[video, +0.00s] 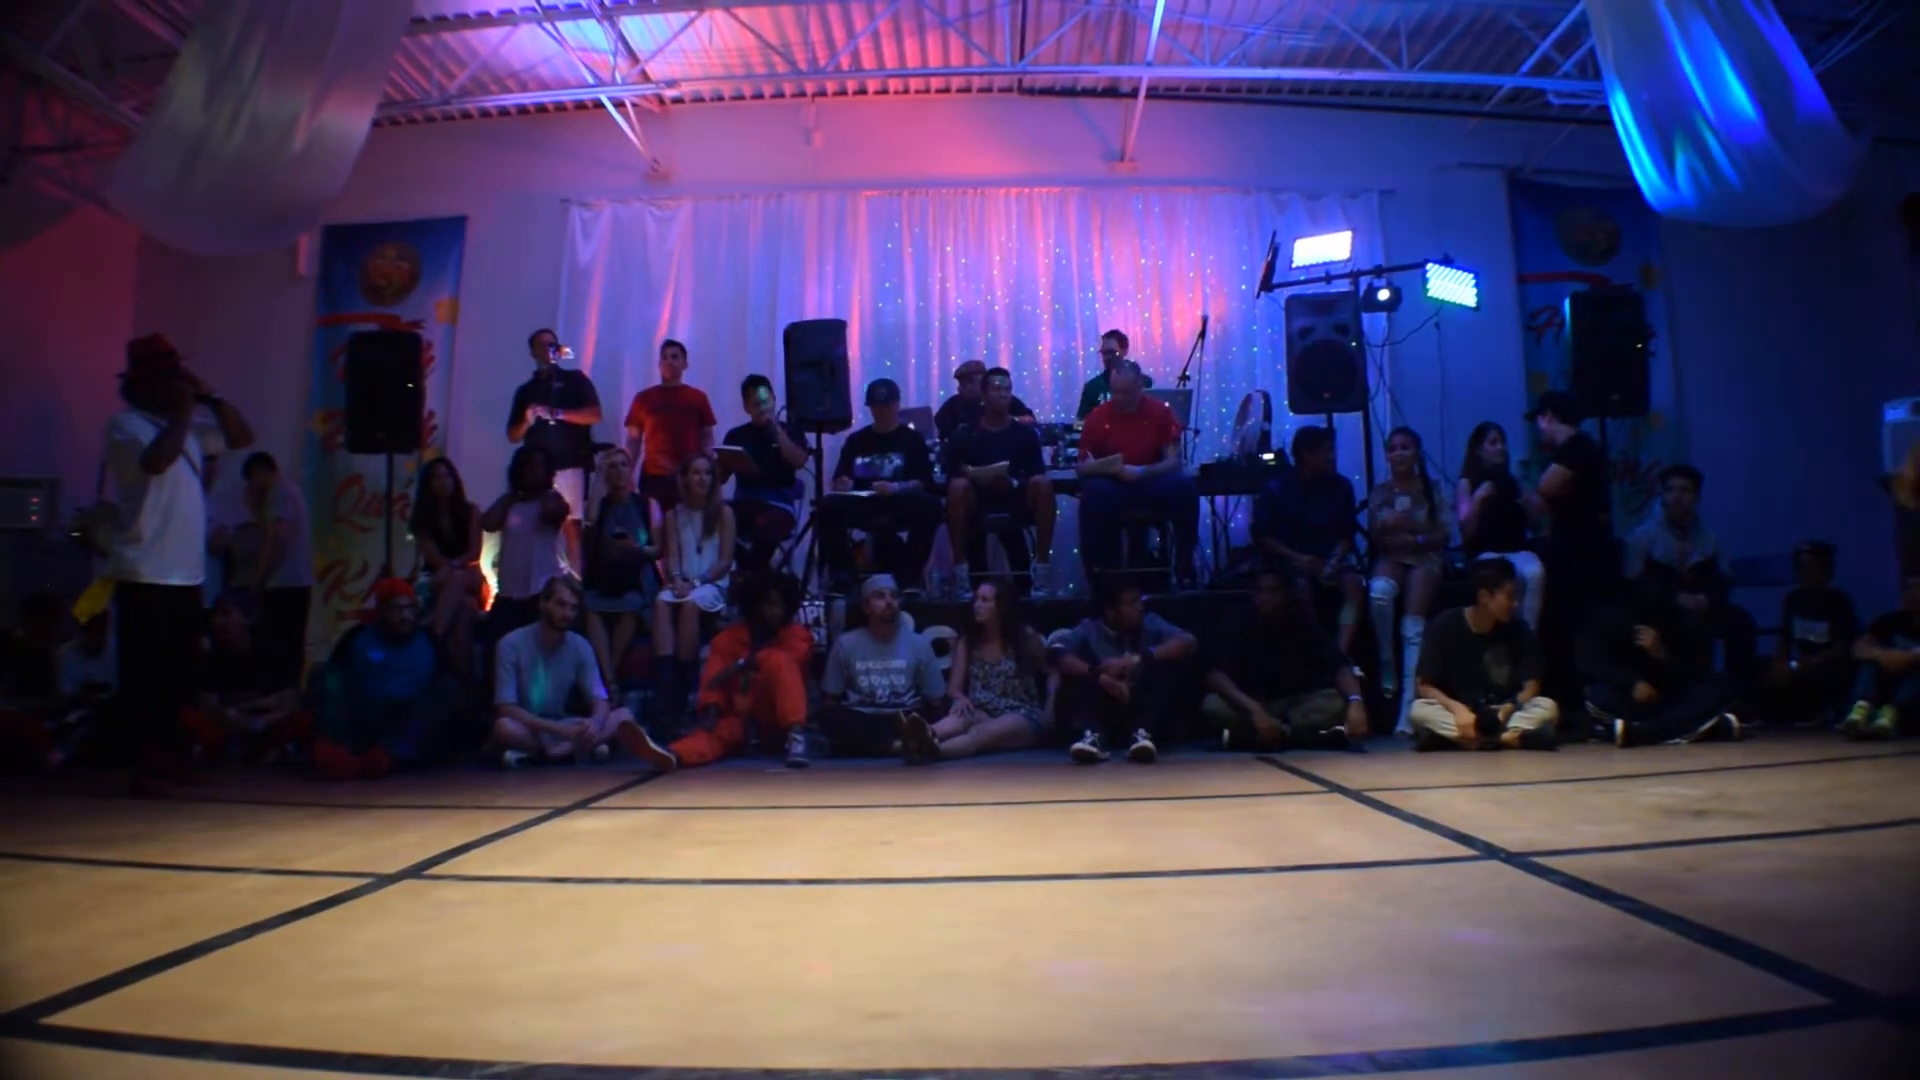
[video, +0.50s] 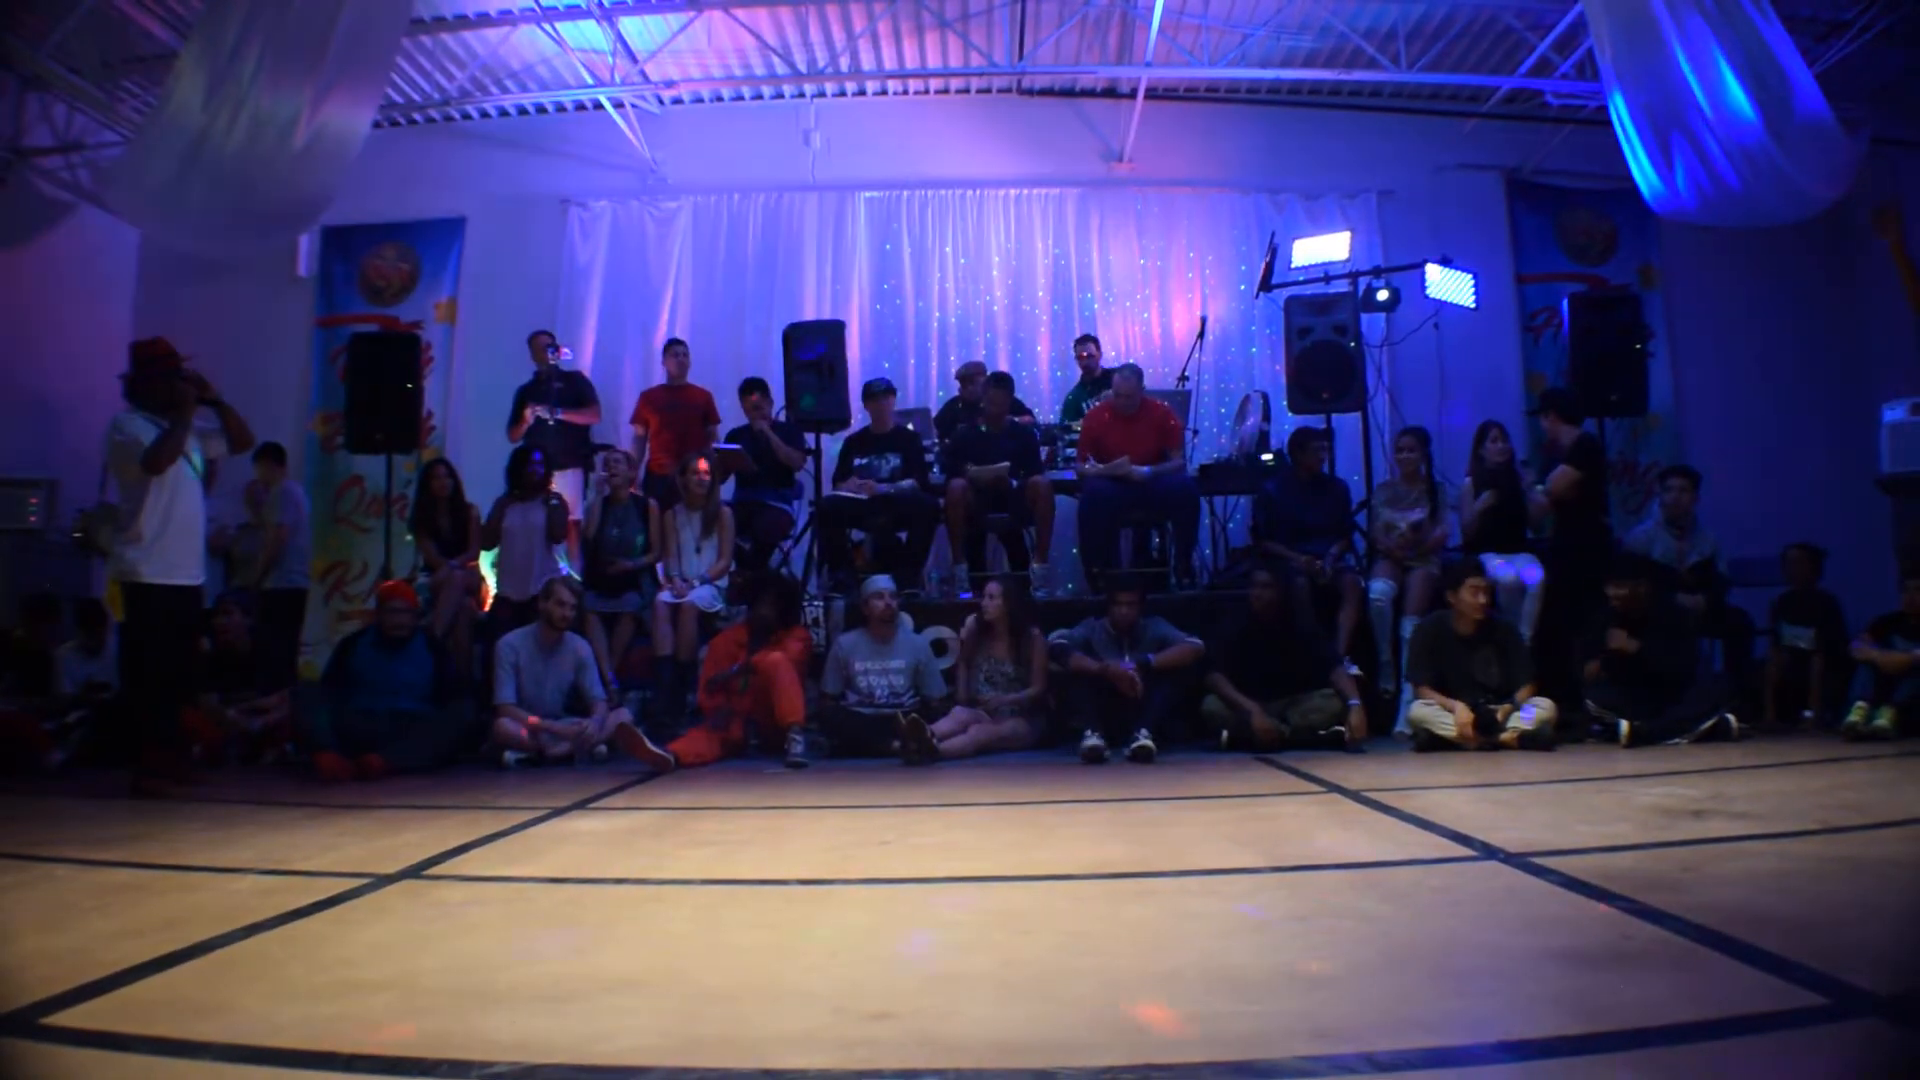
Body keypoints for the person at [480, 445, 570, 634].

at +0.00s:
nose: (534, 472)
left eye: (540, 466)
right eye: (529, 466)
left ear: (549, 471)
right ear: (518, 470)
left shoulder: (552, 499)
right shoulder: (509, 502)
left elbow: (556, 514)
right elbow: (488, 524)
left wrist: (547, 495)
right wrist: (510, 498)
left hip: (543, 593)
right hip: (509, 593)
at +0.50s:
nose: (536, 471)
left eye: (541, 465)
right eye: (530, 465)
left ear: (547, 470)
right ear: (517, 469)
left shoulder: (553, 502)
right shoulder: (504, 503)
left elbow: (558, 537)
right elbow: (487, 542)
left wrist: (553, 503)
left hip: (542, 592)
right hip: (508, 592)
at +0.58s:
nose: (536, 471)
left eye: (541, 465)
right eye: (530, 465)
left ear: (547, 470)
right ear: (517, 469)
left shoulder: (553, 502)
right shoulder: (503, 502)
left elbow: (559, 538)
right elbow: (488, 543)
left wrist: (553, 506)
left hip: (543, 591)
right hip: (508, 591)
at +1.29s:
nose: (534, 469)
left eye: (540, 464)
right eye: (528, 464)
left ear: (547, 469)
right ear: (515, 468)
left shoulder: (554, 500)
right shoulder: (501, 500)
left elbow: (566, 546)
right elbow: (490, 546)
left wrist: (556, 511)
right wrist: (496, 512)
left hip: (543, 591)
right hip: (508, 592)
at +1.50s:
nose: (534, 470)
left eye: (539, 464)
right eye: (528, 464)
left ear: (547, 470)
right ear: (515, 468)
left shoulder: (553, 500)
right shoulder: (501, 500)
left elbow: (566, 546)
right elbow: (491, 547)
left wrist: (556, 512)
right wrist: (496, 512)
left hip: (543, 592)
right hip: (507, 592)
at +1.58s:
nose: (534, 470)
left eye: (540, 465)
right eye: (528, 464)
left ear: (547, 470)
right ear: (515, 468)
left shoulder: (554, 500)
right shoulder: (501, 500)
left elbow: (566, 546)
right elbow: (491, 546)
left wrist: (557, 511)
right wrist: (496, 513)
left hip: (544, 593)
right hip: (508, 593)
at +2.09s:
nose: (534, 469)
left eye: (539, 463)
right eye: (528, 463)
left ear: (546, 469)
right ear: (515, 467)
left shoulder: (551, 501)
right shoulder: (500, 502)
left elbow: (561, 548)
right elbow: (491, 542)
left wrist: (557, 512)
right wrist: (510, 563)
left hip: (543, 592)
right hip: (508, 590)